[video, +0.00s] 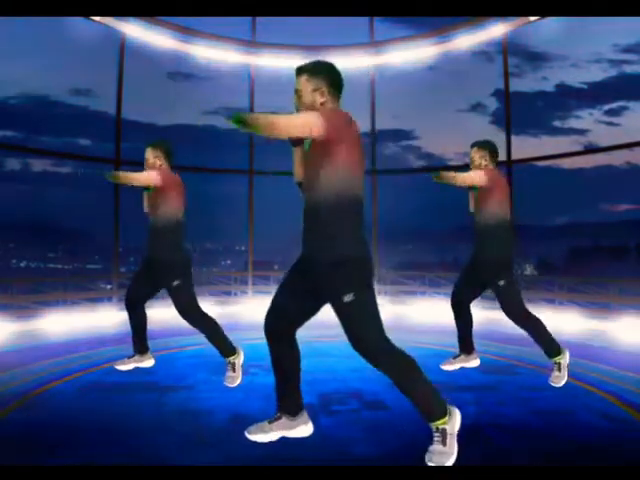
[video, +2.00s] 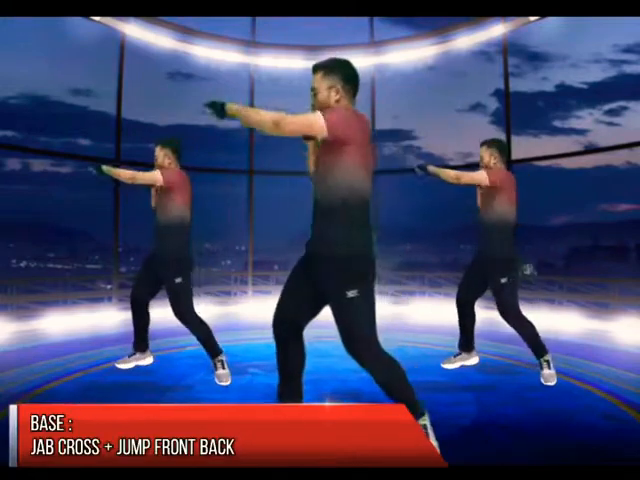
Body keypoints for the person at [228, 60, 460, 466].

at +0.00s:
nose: (296, 99)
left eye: (300, 92)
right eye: (296, 94)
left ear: (321, 92)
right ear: (324, 94)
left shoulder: (333, 119)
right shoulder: (328, 131)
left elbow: (274, 126)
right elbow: (304, 180)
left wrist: (242, 119)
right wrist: (298, 140)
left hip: (343, 259)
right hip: (319, 258)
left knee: (373, 345)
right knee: (277, 326)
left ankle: (443, 419)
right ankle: (291, 415)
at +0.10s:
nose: (292, 96)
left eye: (297, 88)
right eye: (292, 89)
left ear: (321, 87)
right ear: (312, 90)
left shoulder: (353, 122)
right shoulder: (308, 133)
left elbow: (353, 150)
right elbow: (292, 182)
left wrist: (307, 123)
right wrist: (283, 145)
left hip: (350, 253)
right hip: (312, 253)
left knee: (378, 341)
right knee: (282, 330)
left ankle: (432, 417)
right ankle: (292, 416)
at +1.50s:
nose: (333, 93)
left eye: (341, 85)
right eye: (330, 87)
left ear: (366, 88)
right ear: (327, 92)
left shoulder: (393, 129)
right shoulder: (322, 139)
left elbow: (410, 179)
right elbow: (297, 181)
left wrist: (369, 136)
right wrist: (289, 149)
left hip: (379, 258)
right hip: (327, 258)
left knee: (402, 347)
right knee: (288, 330)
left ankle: (405, 422)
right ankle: (277, 408)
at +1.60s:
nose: (333, 94)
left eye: (341, 85)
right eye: (330, 87)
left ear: (367, 88)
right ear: (328, 91)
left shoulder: (394, 132)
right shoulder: (316, 133)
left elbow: (415, 180)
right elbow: (273, 153)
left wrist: (377, 139)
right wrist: (251, 128)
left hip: (377, 261)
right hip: (324, 260)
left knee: (406, 349)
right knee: (288, 331)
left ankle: (407, 424)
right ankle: (286, 408)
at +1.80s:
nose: (312, 94)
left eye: (319, 87)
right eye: (311, 87)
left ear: (344, 90)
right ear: (317, 91)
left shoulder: (371, 132)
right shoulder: (314, 134)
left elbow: (381, 189)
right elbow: (286, 157)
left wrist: (340, 146)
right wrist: (277, 139)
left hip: (354, 261)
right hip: (313, 258)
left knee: (378, 343)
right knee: (282, 327)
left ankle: (419, 421)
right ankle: (288, 410)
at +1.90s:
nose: (304, 96)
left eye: (309, 89)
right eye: (305, 90)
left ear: (331, 90)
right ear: (328, 91)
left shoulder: (353, 126)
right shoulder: (326, 130)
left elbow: (335, 163)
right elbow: (313, 167)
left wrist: (301, 131)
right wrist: (301, 133)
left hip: (347, 256)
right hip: (316, 255)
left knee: (363, 344)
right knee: (282, 325)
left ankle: (424, 417)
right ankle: (289, 410)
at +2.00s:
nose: (313, 98)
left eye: (317, 91)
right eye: (313, 92)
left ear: (338, 90)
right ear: (339, 92)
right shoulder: (340, 126)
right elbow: (317, 173)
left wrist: (232, 109)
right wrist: (312, 133)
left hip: (348, 257)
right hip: (322, 255)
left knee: (362, 346)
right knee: (286, 324)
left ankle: (418, 416)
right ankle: (289, 410)